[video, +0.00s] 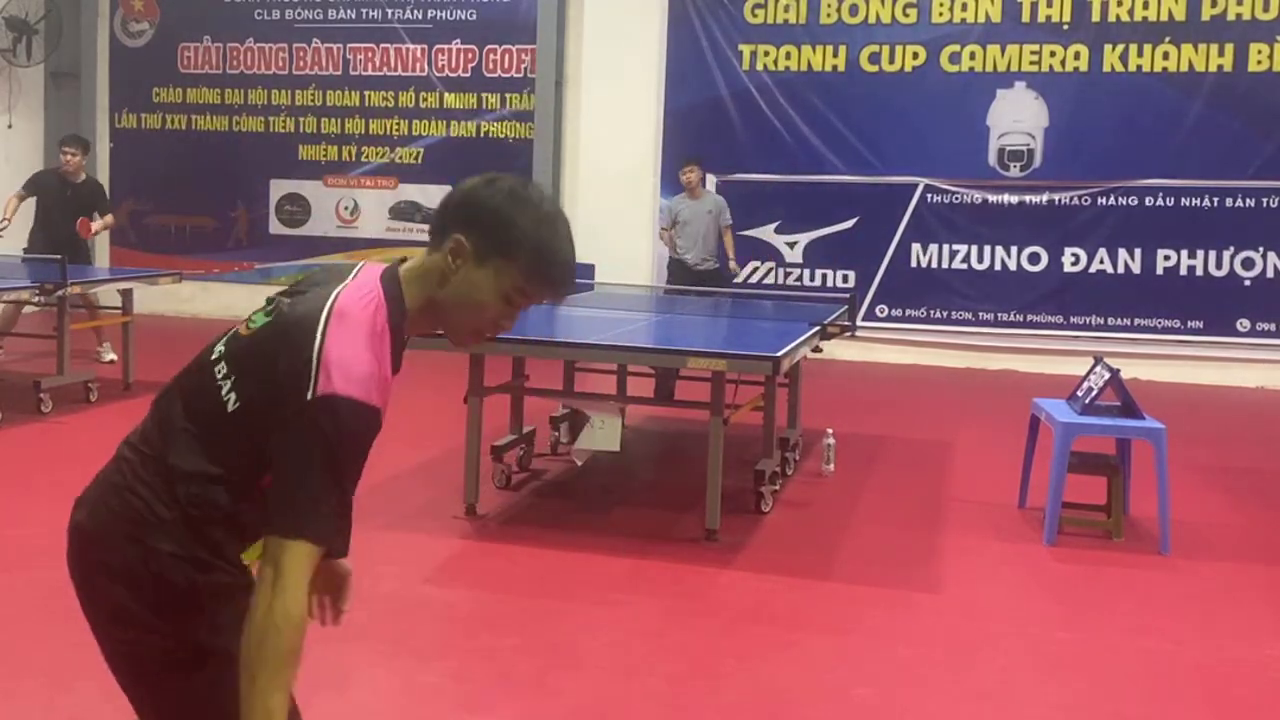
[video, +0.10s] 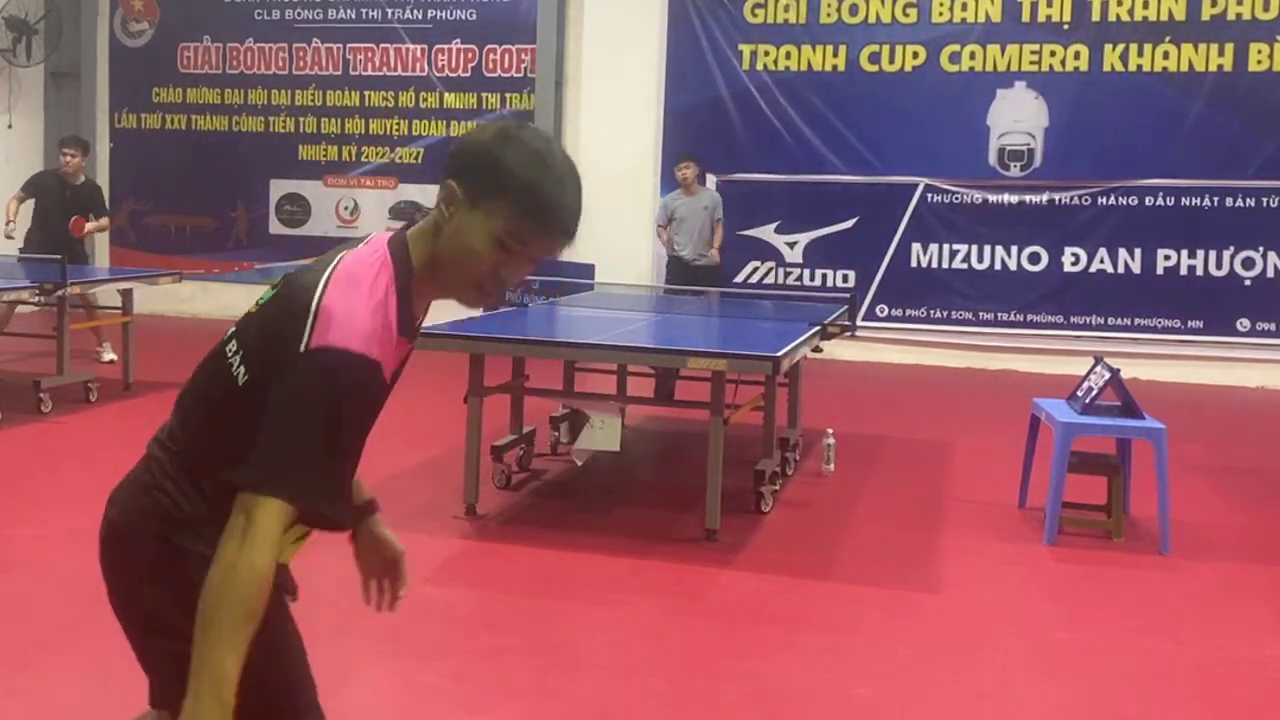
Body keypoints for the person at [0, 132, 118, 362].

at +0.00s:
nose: (67, 159)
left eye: (73, 155)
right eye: (64, 154)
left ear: (84, 158)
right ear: (59, 155)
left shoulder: (93, 187)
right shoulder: (43, 178)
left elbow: (109, 219)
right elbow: (17, 198)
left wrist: (99, 225)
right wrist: (7, 217)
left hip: (76, 256)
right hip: (40, 254)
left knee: (89, 298)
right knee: (16, 300)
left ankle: (103, 345)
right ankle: (1, 344)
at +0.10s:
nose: (67, 160)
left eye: (73, 156)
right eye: (64, 155)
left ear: (84, 160)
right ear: (59, 156)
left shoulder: (91, 189)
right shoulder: (43, 179)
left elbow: (106, 222)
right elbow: (15, 200)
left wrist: (92, 226)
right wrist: (11, 220)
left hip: (73, 257)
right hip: (36, 254)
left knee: (87, 299)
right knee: (10, 299)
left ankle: (103, 345)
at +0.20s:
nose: (62, 164)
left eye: (68, 160)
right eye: (59, 159)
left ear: (79, 164)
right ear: (55, 159)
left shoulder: (84, 193)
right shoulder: (38, 181)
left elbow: (95, 227)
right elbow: (8, 203)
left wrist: (83, 228)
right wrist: (11, 224)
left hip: (67, 261)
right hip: (29, 258)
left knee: (87, 299)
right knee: (5, 301)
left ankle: (102, 345)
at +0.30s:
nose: (60, 172)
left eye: (66, 169)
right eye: (57, 167)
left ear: (76, 173)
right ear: (51, 166)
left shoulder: (79, 200)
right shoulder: (34, 186)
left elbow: (85, 232)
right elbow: (4, 210)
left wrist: (77, 235)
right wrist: (15, 231)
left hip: (54, 261)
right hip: (18, 258)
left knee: (77, 297)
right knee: (2, 297)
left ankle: (90, 346)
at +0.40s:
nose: (58, 181)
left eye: (64, 178)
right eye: (55, 175)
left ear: (73, 182)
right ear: (49, 174)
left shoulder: (73, 208)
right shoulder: (29, 192)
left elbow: (74, 240)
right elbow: (3, 218)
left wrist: (73, 243)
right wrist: (18, 235)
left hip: (47, 263)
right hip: (13, 260)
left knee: (76, 294)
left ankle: (83, 348)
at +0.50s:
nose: (55, 184)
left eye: (61, 181)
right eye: (52, 178)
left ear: (70, 186)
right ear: (46, 177)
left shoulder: (67, 212)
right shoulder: (23, 192)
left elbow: (59, 242)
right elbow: (0, 216)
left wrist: (62, 245)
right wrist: (8, 235)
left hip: (42, 262)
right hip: (10, 259)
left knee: (66, 294)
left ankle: (86, 344)